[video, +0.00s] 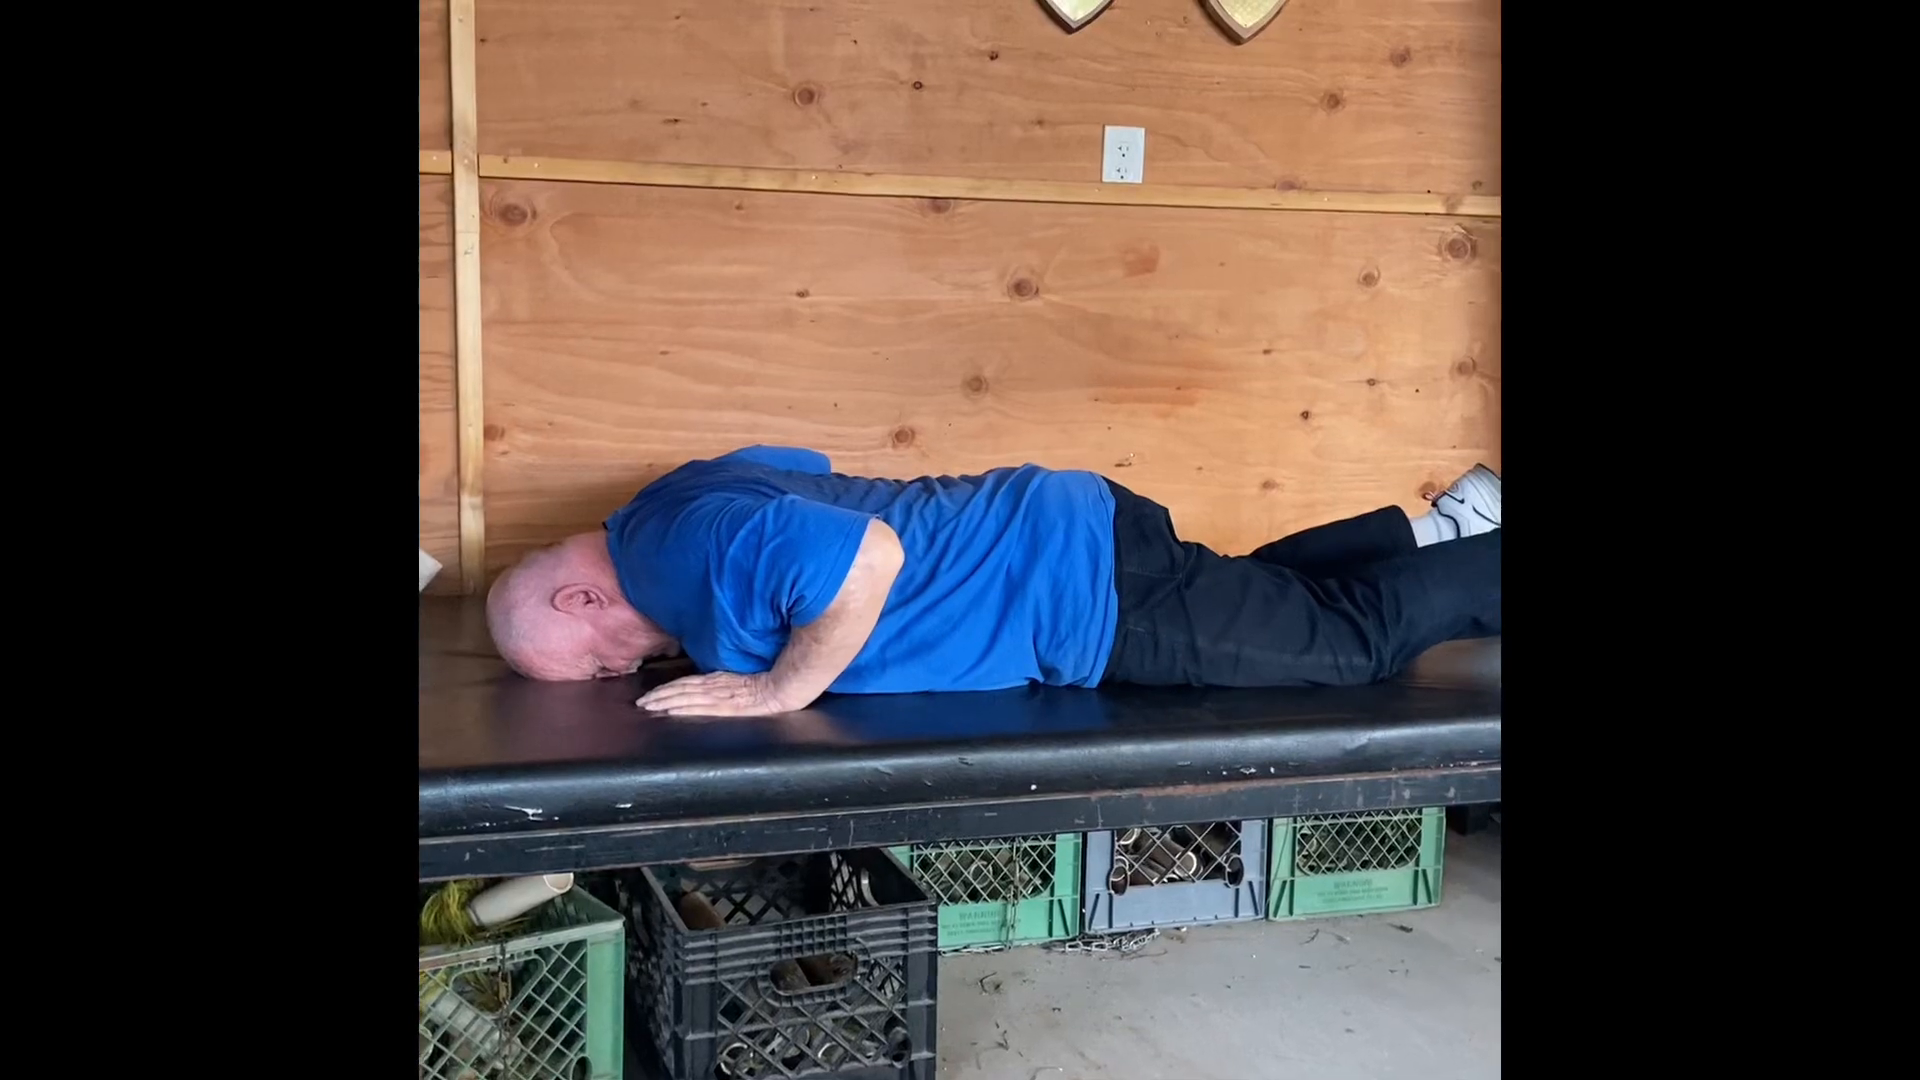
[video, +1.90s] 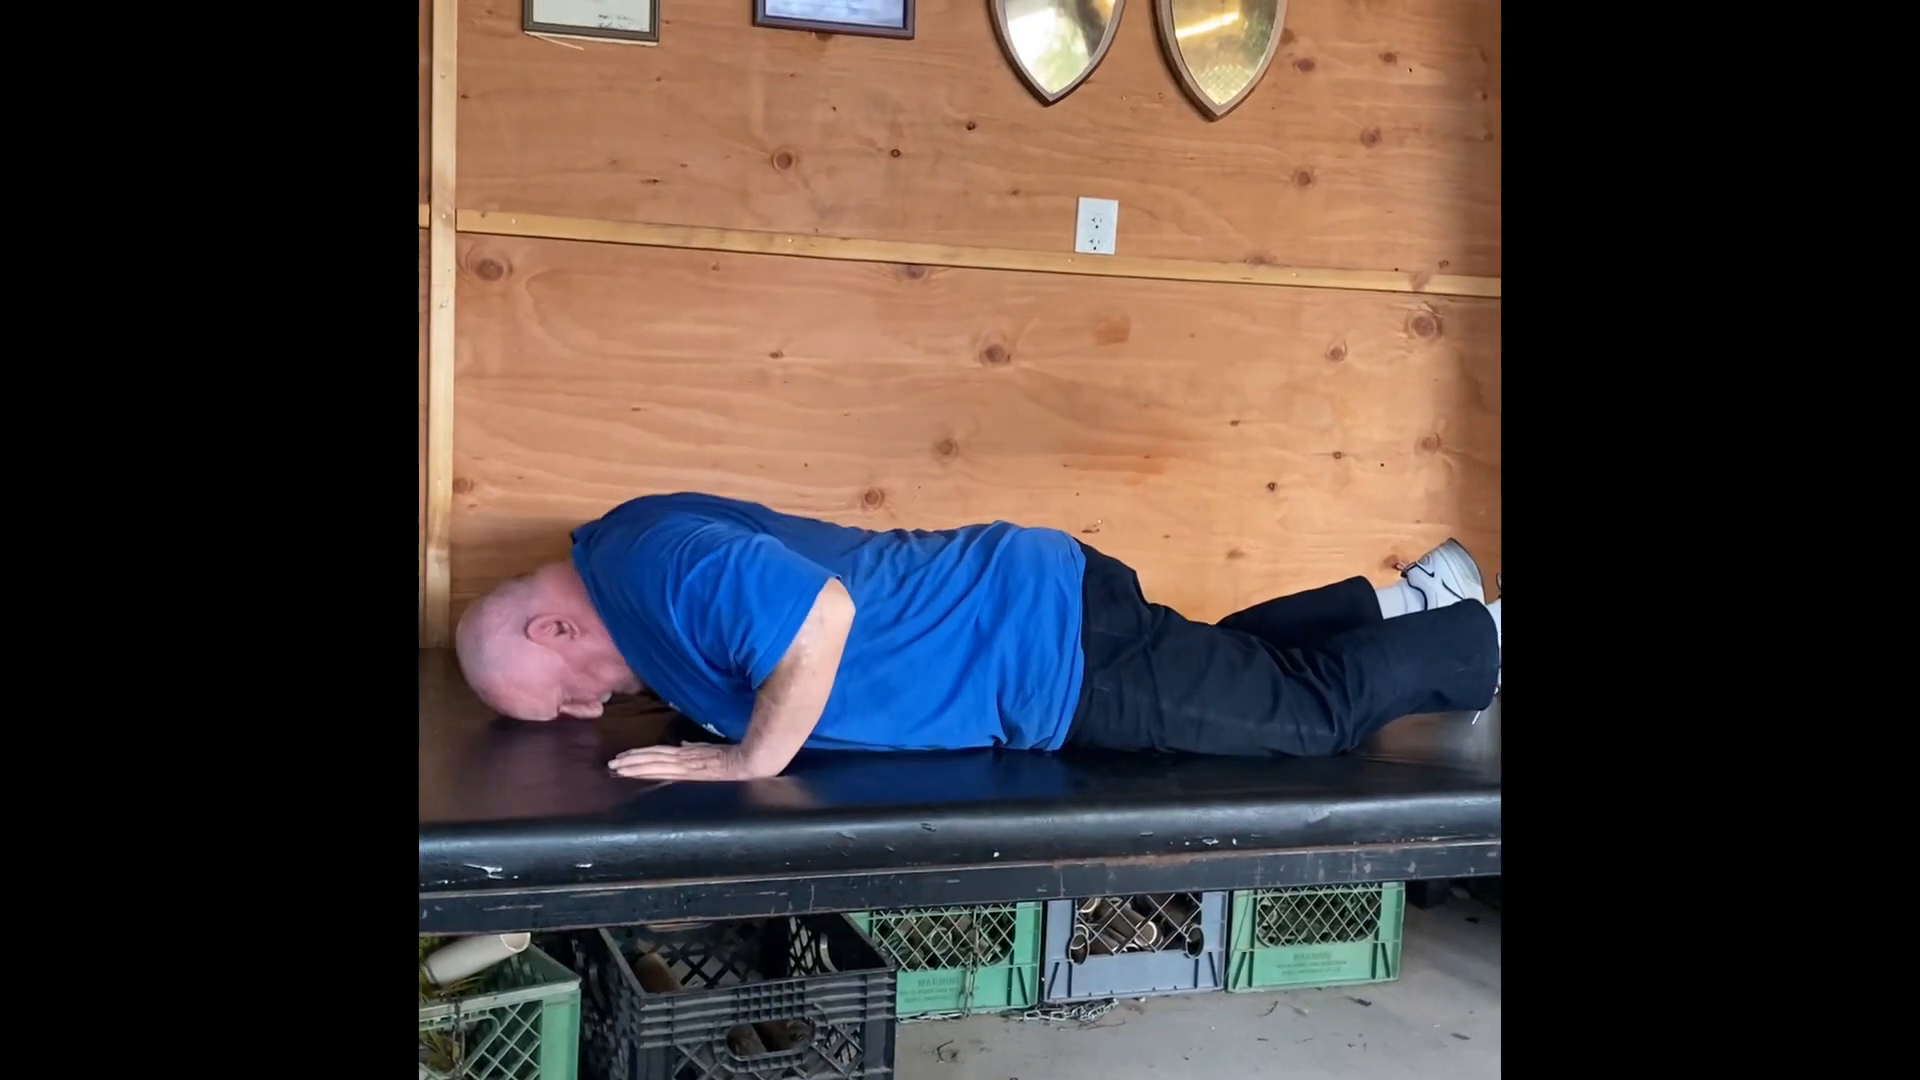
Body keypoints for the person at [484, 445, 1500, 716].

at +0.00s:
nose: (605, 673)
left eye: (576, 667)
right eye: (579, 666)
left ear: (579, 610)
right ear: (576, 579)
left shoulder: (694, 541)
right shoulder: (671, 519)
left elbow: (868, 557)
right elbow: (869, 491)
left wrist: (774, 693)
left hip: (1080, 589)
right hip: (1059, 543)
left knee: (1350, 638)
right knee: (1262, 598)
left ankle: (1484, 556)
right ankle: (1445, 529)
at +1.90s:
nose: (593, 703)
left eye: (566, 691)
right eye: (568, 701)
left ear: (546, 632)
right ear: (547, 622)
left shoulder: (659, 566)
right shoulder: (626, 573)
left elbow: (819, 618)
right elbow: (804, 611)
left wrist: (751, 762)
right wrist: (706, 711)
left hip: (1048, 639)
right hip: (1022, 638)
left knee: (1308, 707)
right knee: (1238, 679)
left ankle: (1484, 636)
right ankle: (1410, 591)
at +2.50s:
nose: (606, 552)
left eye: (584, 538)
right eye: (580, 551)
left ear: (581, 480)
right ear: (580, 479)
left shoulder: (711, 474)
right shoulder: (680, 441)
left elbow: (816, 616)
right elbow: (774, 591)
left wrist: (761, 768)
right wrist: (738, 705)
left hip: (1079, 587)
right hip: (1056, 567)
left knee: (1313, 693)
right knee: (1282, 653)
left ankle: (1483, 648)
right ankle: (1452, 607)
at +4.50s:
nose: (561, 644)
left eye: (541, 634)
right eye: (542, 642)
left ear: (543, 574)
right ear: (539, 560)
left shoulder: (661, 534)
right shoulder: (611, 513)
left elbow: (781, 636)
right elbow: (716, 635)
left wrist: (714, 772)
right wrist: (663, 690)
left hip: (1041, 634)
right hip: (1014, 615)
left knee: (1277, 726)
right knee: (1221, 666)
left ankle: (1463, 668)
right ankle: (1409, 626)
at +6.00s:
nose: (535, 536)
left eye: (519, 517)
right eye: (516, 525)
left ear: (537, 460)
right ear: (539, 442)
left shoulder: (664, 481)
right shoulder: (637, 458)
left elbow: (694, 667)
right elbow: (671, 648)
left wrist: (656, 815)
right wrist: (640, 757)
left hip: (996, 617)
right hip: (976, 607)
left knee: (1215, 736)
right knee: (1183, 695)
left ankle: (1438, 726)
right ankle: (1381, 694)